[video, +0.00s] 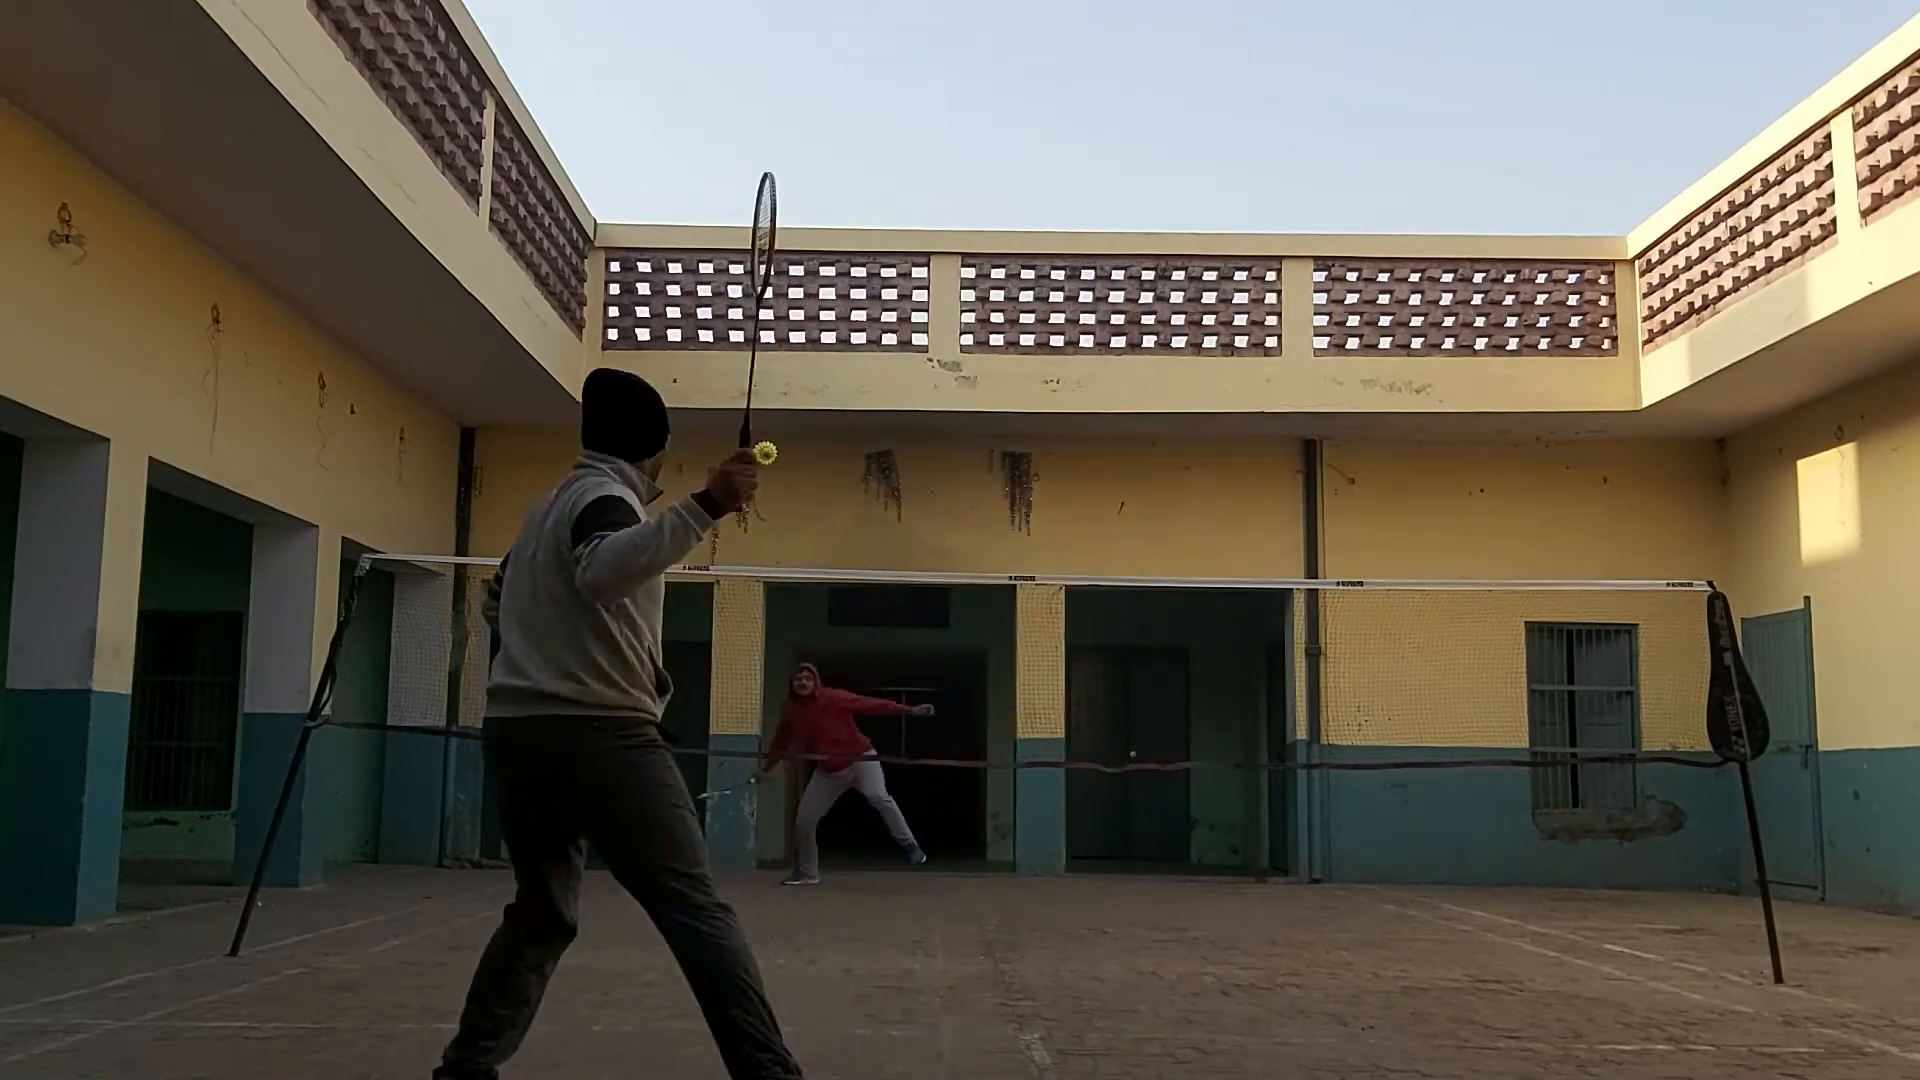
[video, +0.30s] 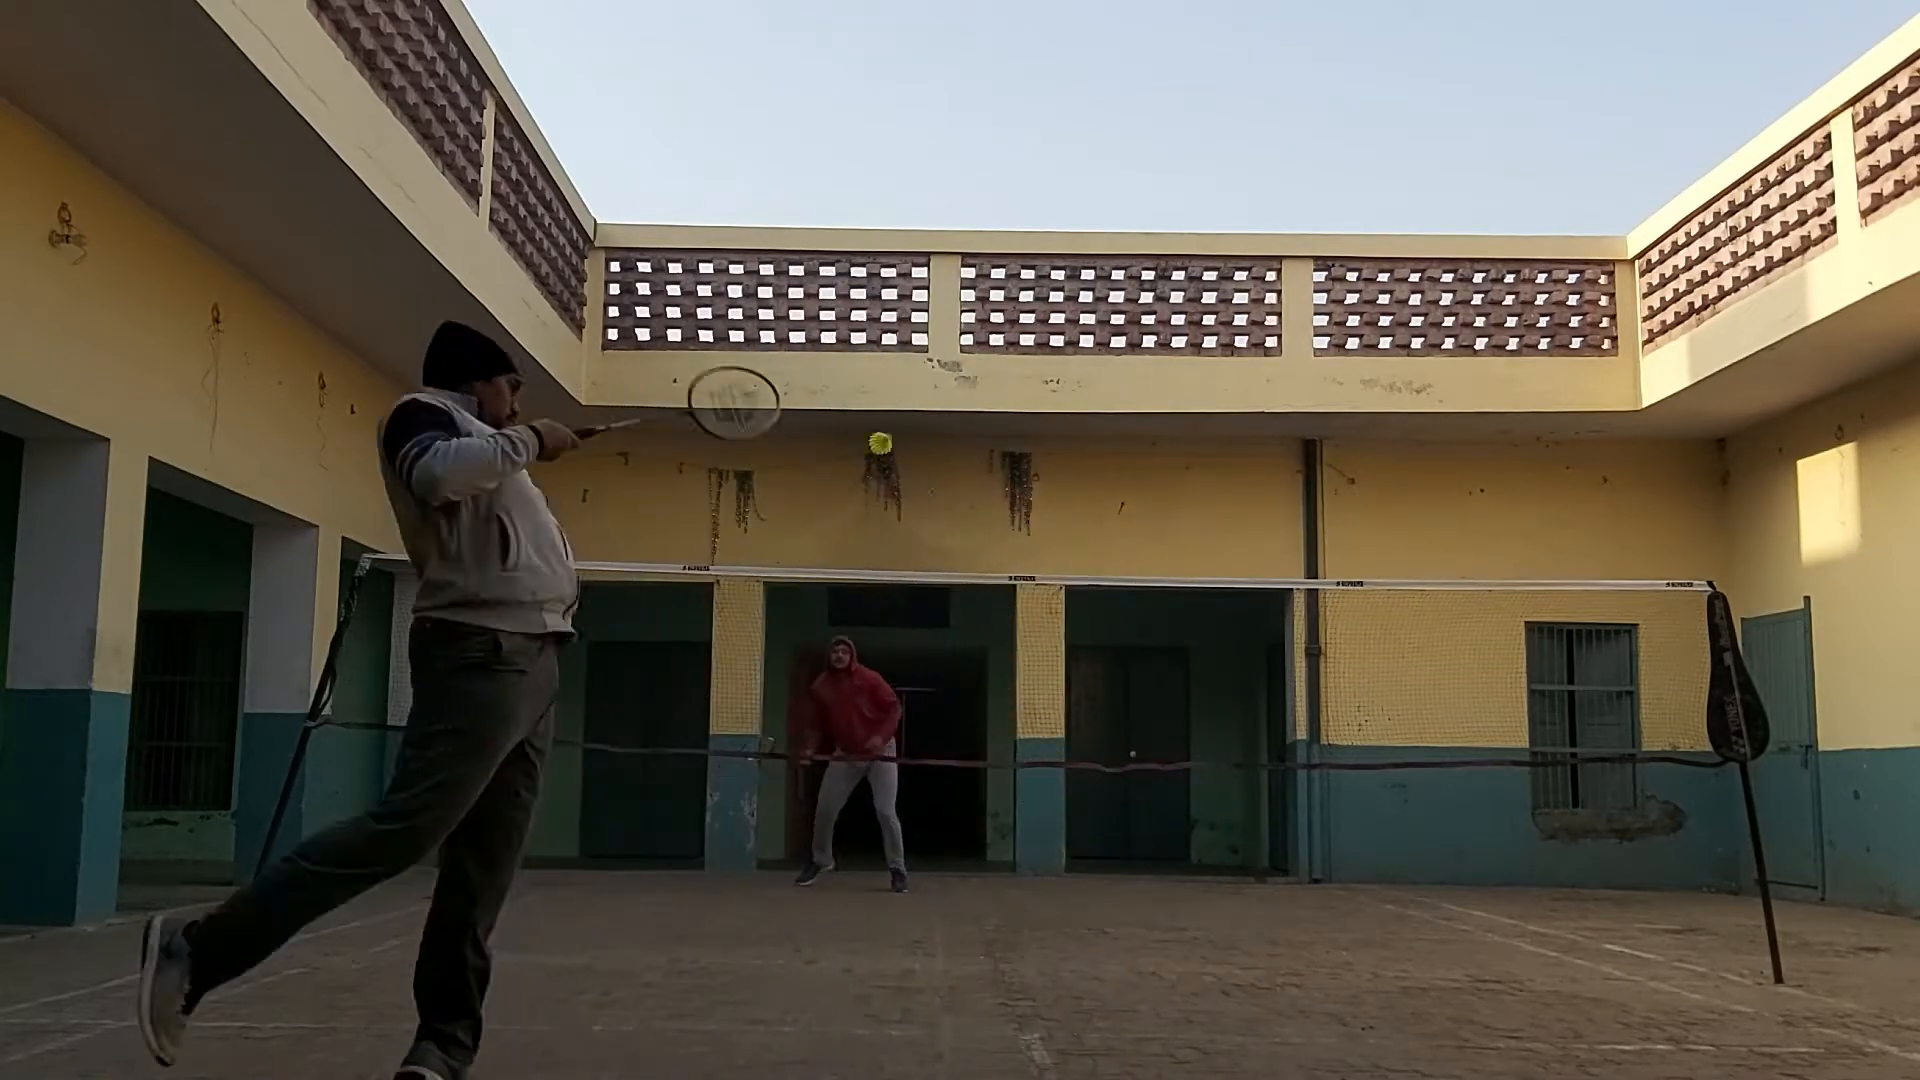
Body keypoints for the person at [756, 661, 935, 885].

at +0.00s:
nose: (802, 682)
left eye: (807, 678)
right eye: (798, 679)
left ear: (815, 682)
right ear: (793, 683)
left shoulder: (833, 698)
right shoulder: (791, 710)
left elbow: (872, 705)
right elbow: (780, 742)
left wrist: (911, 710)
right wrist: (766, 768)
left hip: (861, 761)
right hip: (829, 770)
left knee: (877, 796)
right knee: (805, 820)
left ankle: (910, 845)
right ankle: (807, 873)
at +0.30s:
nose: (839, 656)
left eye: (844, 652)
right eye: (835, 652)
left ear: (852, 656)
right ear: (828, 656)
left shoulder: (869, 679)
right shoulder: (822, 686)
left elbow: (894, 709)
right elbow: (815, 721)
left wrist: (881, 738)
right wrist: (810, 747)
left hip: (879, 755)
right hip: (845, 755)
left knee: (885, 812)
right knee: (825, 810)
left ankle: (897, 869)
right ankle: (820, 862)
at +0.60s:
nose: (883, 661)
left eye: (888, 657)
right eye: (879, 658)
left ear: (895, 665)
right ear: (872, 666)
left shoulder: (903, 689)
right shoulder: (866, 697)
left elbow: (912, 714)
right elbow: (864, 736)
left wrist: (880, 709)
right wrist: (856, 763)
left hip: (909, 772)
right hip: (872, 774)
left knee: (923, 818)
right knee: (839, 820)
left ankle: (956, 874)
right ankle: (831, 878)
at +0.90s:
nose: (956, 657)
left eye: (961, 650)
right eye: (954, 653)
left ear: (973, 651)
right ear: (955, 659)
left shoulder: (982, 672)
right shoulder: (956, 687)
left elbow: (971, 645)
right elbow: (957, 733)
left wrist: (942, 635)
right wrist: (944, 765)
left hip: (986, 757)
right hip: (963, 759)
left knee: (956, 816)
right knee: (943, 818)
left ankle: (969, 880)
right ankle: (992, 859)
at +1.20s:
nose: (1063, 639)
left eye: (1067, 637)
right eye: (1062, 637)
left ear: (1077, 644)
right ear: (1061, 644)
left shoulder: (1075, 660)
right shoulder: (1044, 669)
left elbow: (1058, 646)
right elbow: (1016, 683)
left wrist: (1038, 628)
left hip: (1039, 733)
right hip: (1019, 733)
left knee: (1028, 795)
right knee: (1020, 806)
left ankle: (1080, 812)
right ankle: (1033, 873)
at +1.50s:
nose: (1138, 669)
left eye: (1144, 667)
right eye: (1136, 665)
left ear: (1154, 678)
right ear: (1131, 671)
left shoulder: (1152, 715)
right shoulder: (1114, 688)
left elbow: (1129, 751)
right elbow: (1075, 686)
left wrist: (1101, 723)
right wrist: (1034, 686)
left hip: (1115, 780)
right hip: (1084, 768)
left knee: (1128, 840)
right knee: (1027, 773)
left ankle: (1164, 885)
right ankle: (973, 809)